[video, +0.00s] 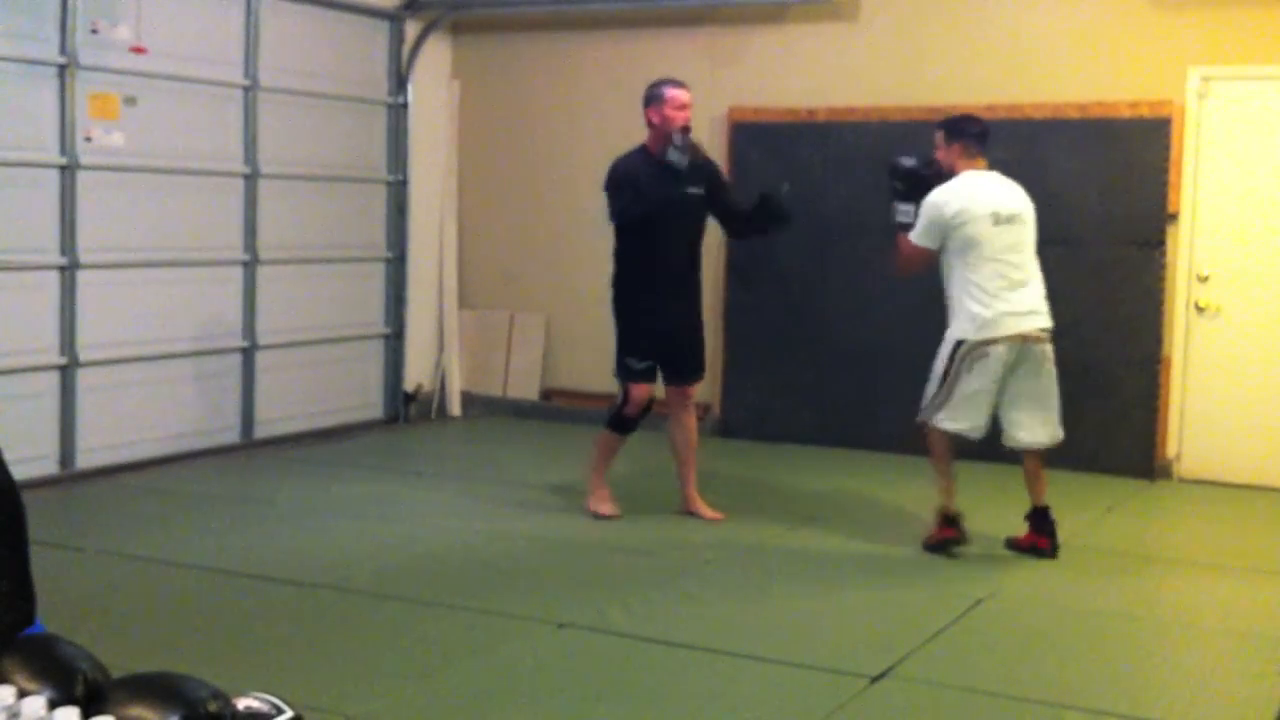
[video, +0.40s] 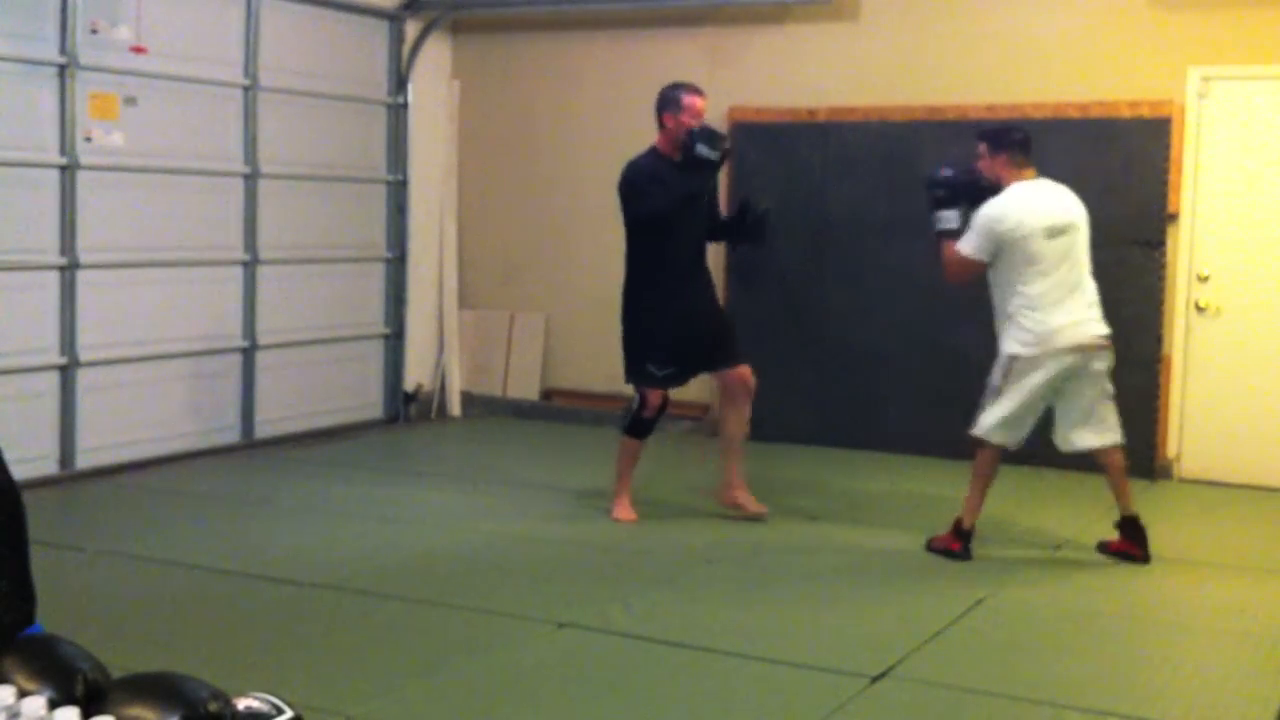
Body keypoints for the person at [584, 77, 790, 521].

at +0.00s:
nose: (686, 116)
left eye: (688, 108)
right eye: (678, 108)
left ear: (689, 113)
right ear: (651, 114)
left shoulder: (701, 169)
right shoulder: (629, 170)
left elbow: (734, 224)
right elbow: (632, 223)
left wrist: (764, 214)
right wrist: (671, 169)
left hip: (683, 296)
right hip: (638, 297)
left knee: (683, 397)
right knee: (638, 395)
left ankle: (690, 495)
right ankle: (597, 483)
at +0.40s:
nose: (700, 127)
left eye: (702, 119)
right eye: (693, 119)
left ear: (695, 122)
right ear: (666, 118)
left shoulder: (697, 168)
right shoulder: (640, 173)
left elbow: (705, 228)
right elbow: (656, 221)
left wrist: (740, 227)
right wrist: (701, 169)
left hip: (695, 298)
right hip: (650, 301)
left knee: (739, 382)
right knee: (652, 400)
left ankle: (733, 487)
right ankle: (621, 495)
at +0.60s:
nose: (721, 133)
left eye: (726, 124)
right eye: (714, 124)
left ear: (729, 126)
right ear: (690, 123)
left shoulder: (723, 173)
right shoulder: (665, 174)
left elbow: (758, 222)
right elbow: (680, 221)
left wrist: (786, 184)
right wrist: (719, 163)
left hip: (716, 302)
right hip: (671, 302)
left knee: (742, 400)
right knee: (662, 401)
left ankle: (775, 502)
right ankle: (622, 493)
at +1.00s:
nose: (777, 139)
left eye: (783, 130)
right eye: (771, 129)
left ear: (783, 127)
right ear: (749, 120)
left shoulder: (771, 168)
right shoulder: (717, 169)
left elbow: (797, 226)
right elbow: (744, 220)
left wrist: (832, 189)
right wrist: (777, 162)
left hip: (760, 291)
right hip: (720, 293)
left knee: (775, 396)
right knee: (728, 399)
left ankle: (780, 505)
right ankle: (681, 496)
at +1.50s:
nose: (809, 134)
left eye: (812, 125)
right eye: (801, 124)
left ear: (811, 125)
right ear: (774, 123)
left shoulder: (804, 169)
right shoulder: (752, 174)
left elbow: (826, 221)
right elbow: (786, 221)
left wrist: (877, 220)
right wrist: (818, 168)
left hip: (796, 298)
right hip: (754, 299)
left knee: (825, 392)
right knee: (748, 396)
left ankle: (814, 502)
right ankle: (682, 481)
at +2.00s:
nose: (751, 146)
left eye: (755, 138)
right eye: (743, 138)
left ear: (755, 139)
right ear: (719, 138)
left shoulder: (750, 183)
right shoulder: (701, 189)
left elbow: (772, 234)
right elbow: (744, 232)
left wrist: (815, 244)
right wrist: (762, 178)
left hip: (748, 309)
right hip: (706, 312)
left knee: (787, 399)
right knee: (696, 409)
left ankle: (799, 504)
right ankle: (650, 500)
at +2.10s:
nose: (749, 147)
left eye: (753, 138)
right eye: (741, 138)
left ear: (750, 139)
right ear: (716, 136)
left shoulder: (743, 182)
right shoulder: (696, 188)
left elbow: (764, 234)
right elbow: (742, 233)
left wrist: (808, 248)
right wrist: (758, 180)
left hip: (742, 310)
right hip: (699, 313)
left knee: (785, 398)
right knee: (690, 409)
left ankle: (797, 505)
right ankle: (646, 503)